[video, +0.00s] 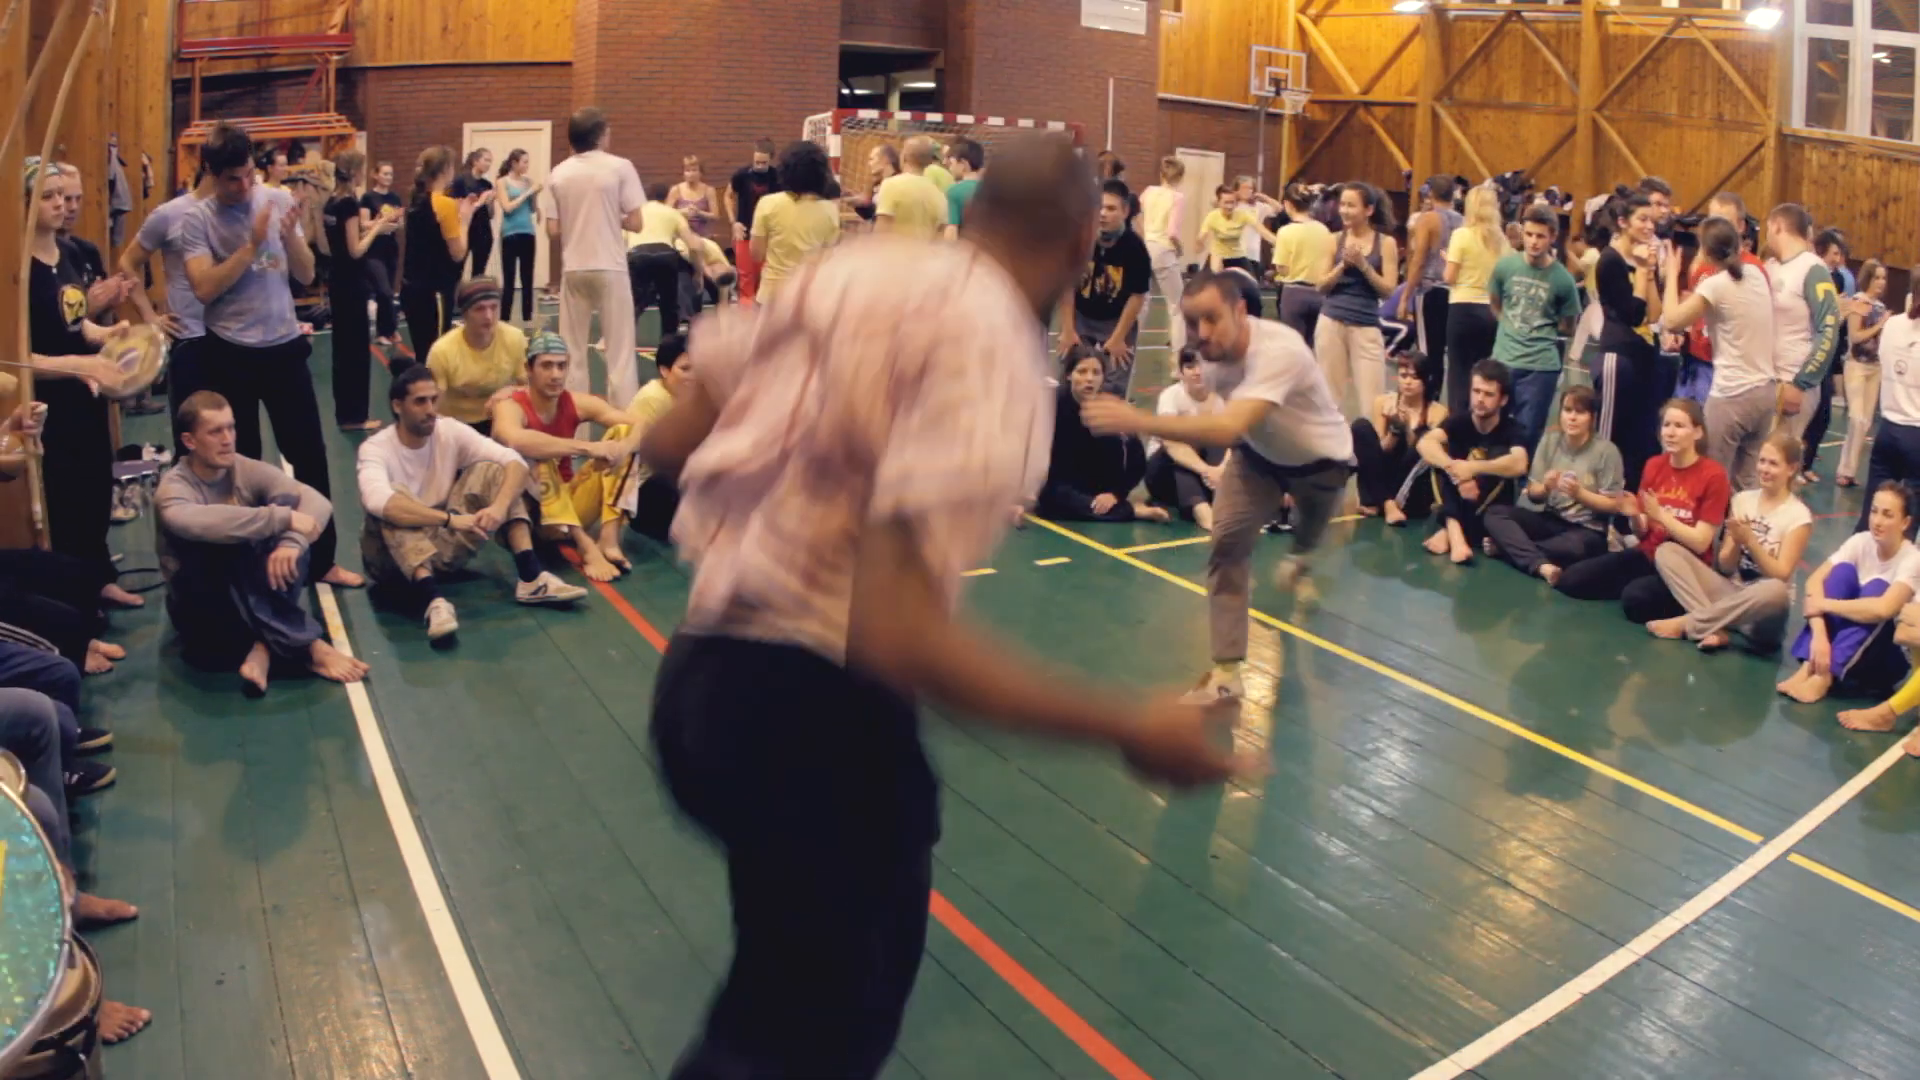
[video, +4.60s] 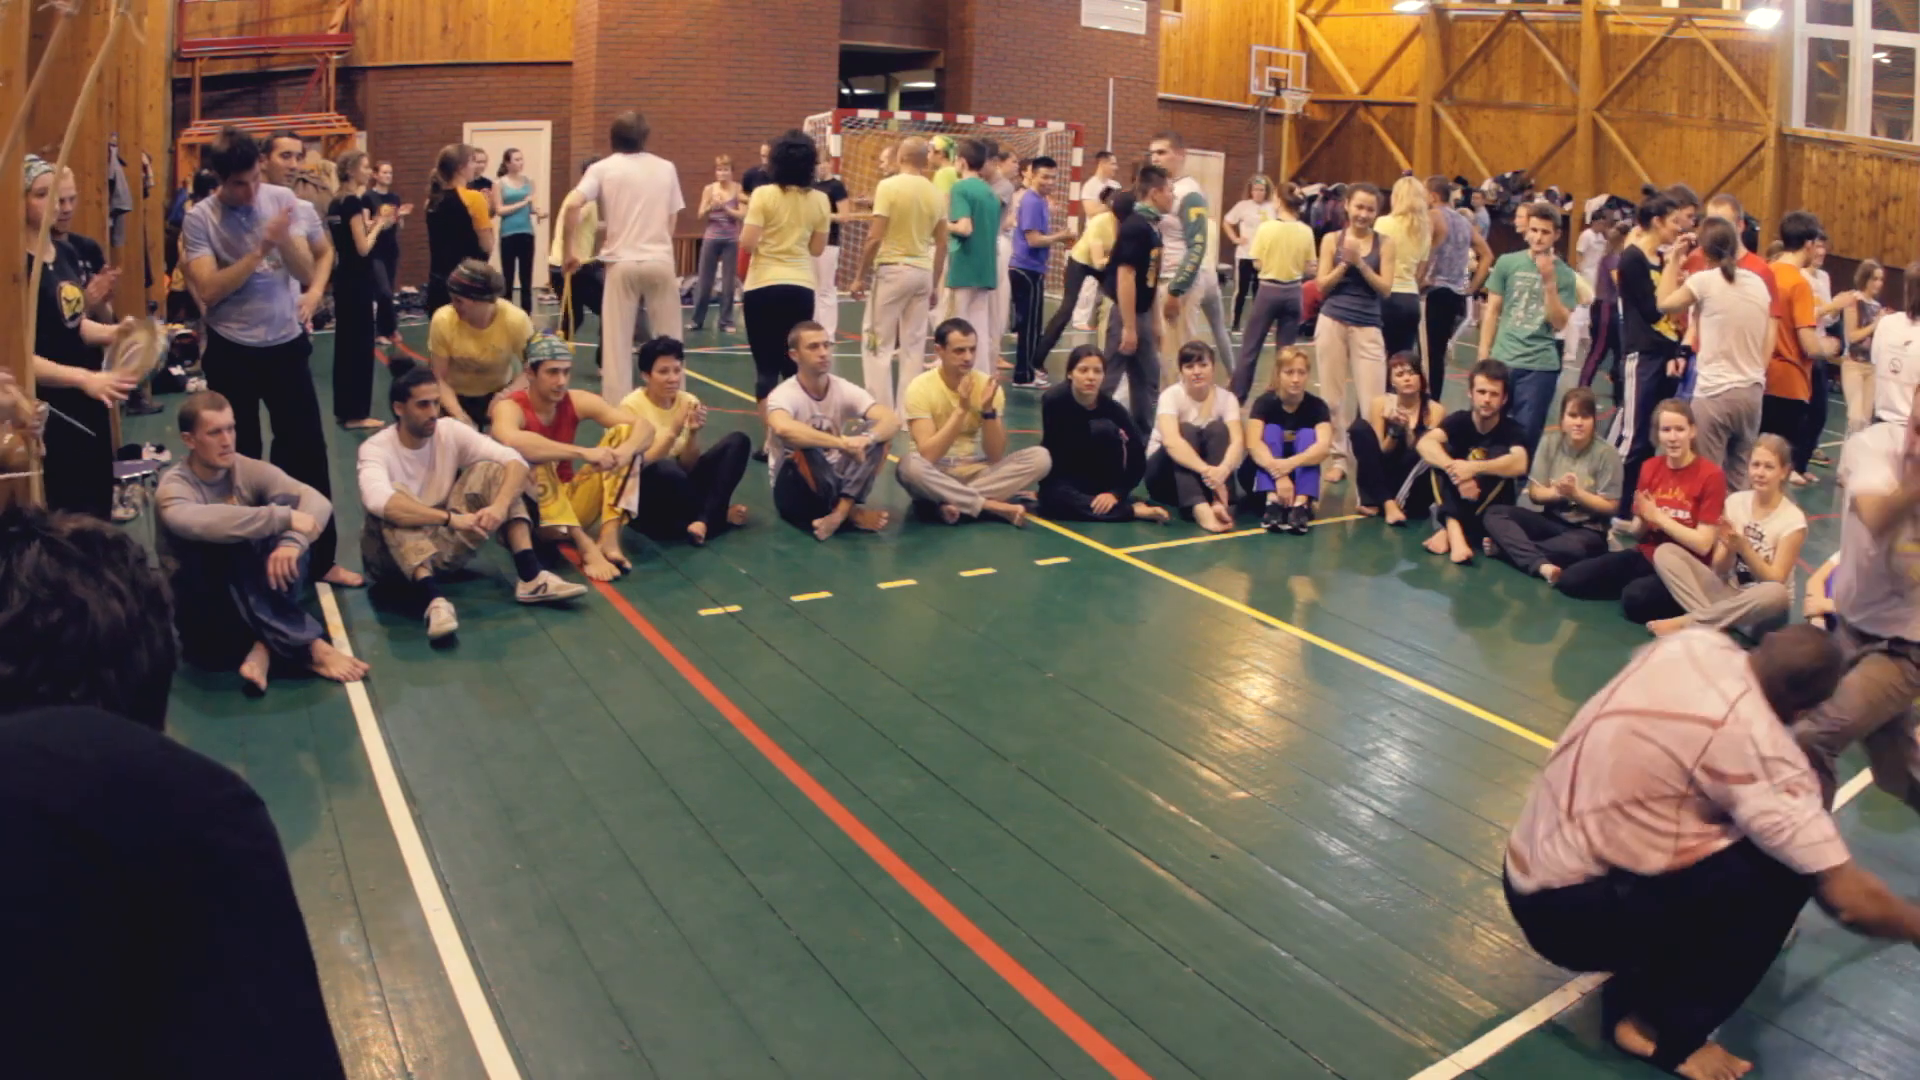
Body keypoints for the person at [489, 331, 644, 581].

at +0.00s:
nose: (556, 374)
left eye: (561, 366)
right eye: (546, 366)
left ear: (568, 369)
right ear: (528, 369)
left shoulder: (578, 403)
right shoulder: (510, 405)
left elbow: (639, 423)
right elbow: (513, 439)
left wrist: (624, 448)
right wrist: (587, 447)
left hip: (568, 508)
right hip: (524, 511)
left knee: (622, 435)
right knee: (542, 464)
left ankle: (609, 538)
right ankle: (586, 546)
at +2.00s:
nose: (562, 381)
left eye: (567, 373)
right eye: (553, 373)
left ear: (572, 372)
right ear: (532, 373)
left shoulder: (578, 403)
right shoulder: (510, 407)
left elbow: (646, 429)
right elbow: (512, 438)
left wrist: (622, 449)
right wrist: (585, 447)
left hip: (572, 504)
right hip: (528, 511)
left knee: (624, 431)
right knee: (542, 465)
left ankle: (609, 536)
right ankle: (586, 545)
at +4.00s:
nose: (564, 380)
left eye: (568, 372)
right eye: (555, 372)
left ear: (573, 371)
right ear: (532, 373)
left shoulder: (580, 402)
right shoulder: (509, 408)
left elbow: (645, 427)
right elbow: (508, 438)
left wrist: (627, 450)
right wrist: (582, 452)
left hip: (570, 506)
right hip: (527, 511)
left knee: (621, 436)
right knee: (540, 464)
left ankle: (609, 537)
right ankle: (586, 546)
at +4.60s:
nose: (561, 381)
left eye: (566, 372)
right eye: (552, 373)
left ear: (571, 371)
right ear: (530, 372)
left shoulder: (578, 401)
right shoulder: (508, 408)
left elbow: (644, 427)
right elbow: (508, 439)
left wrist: (626, 450)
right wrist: (582, 452)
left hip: (570, 507)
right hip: (526, 512)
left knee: (624, 433)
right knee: (539, 465)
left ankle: (609, 537)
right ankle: (586, 546)